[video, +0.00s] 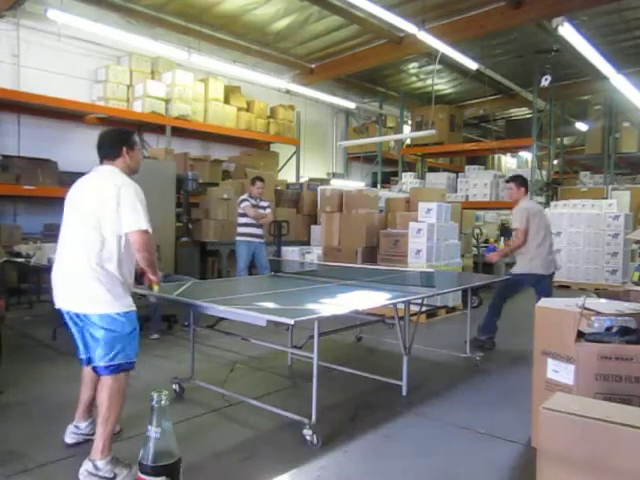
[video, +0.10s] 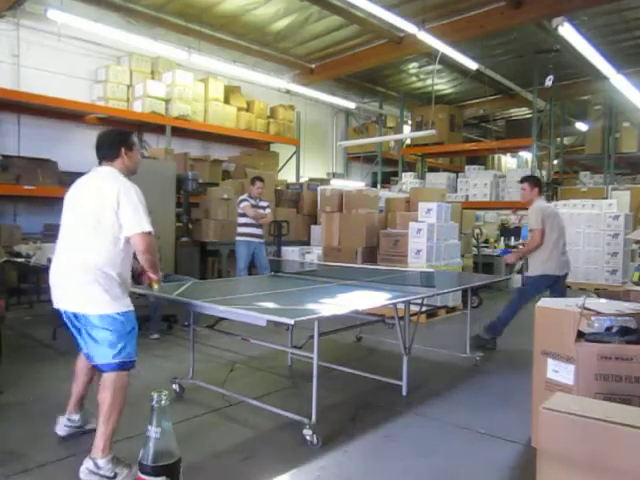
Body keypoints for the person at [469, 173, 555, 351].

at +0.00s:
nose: (507, 194)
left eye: (510, 189)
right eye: (507, 189)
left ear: (521, 190)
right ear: (523, 190)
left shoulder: (521, 209)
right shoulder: (537, 208)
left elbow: (519, 239)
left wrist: (499, 254)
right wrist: (506, 250)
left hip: (528, 268)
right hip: (546, 268)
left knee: (500, 295)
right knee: (546, 312)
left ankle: (485, 336)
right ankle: (549, 347)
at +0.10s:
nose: (521, 194)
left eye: (524, 190)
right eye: (521, 190)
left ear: (535, 190)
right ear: (537, 191)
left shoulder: (536, 209)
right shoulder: (550, 209)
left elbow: (536, 240)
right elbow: (547, 240)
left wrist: (516, 255)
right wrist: (527, 247)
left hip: (544, 270)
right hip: (559, 269)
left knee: (516, 302)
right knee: (560, 312)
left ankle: (490, 334)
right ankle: (564, 346)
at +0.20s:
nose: (531, 192)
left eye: (533, 188)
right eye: (530, 188)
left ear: (545, 187)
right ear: (547, 189)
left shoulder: (547, 207)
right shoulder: (560, 207)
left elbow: (549, 237)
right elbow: (557, 239)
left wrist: (531, 254)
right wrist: (535, 253)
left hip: (556, 267)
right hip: (569, 267)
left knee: (529, 299)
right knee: (566, 310)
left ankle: (504, 335)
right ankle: (567, 345)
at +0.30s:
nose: (537, 188)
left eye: (539, 183)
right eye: (537, 184)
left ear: (551, 183)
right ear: (552, 184)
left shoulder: (555, 202)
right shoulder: (565, 201)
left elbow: (557, 233)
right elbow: (560, 235)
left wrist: (533, 248)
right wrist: (536, 247)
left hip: (563, 263)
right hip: (577, 262)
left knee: (537, 297)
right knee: (571, 305)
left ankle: (526, 337)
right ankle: (572, 342)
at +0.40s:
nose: (540, 184)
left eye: (543, 179)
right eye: (539, 180)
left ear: (555, 180)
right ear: (554, 181)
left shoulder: (560, 196)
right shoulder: (566, 195)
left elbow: (560, 228)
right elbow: (561, 227)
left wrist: (537, 234)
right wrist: (539, 233)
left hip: (572, 259)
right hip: (583, 258)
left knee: (550, 303)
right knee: (574, 303)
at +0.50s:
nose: (542, 184)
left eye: (546, 179)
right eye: (541, 180)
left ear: (557, 179)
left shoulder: (563, 196)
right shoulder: (567, 195)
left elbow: (561, 227)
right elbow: (561, 227)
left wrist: (536, 229)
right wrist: (537, 229)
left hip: (579, 259)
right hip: (587, 258)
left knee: (566, 303)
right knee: (581, 302)